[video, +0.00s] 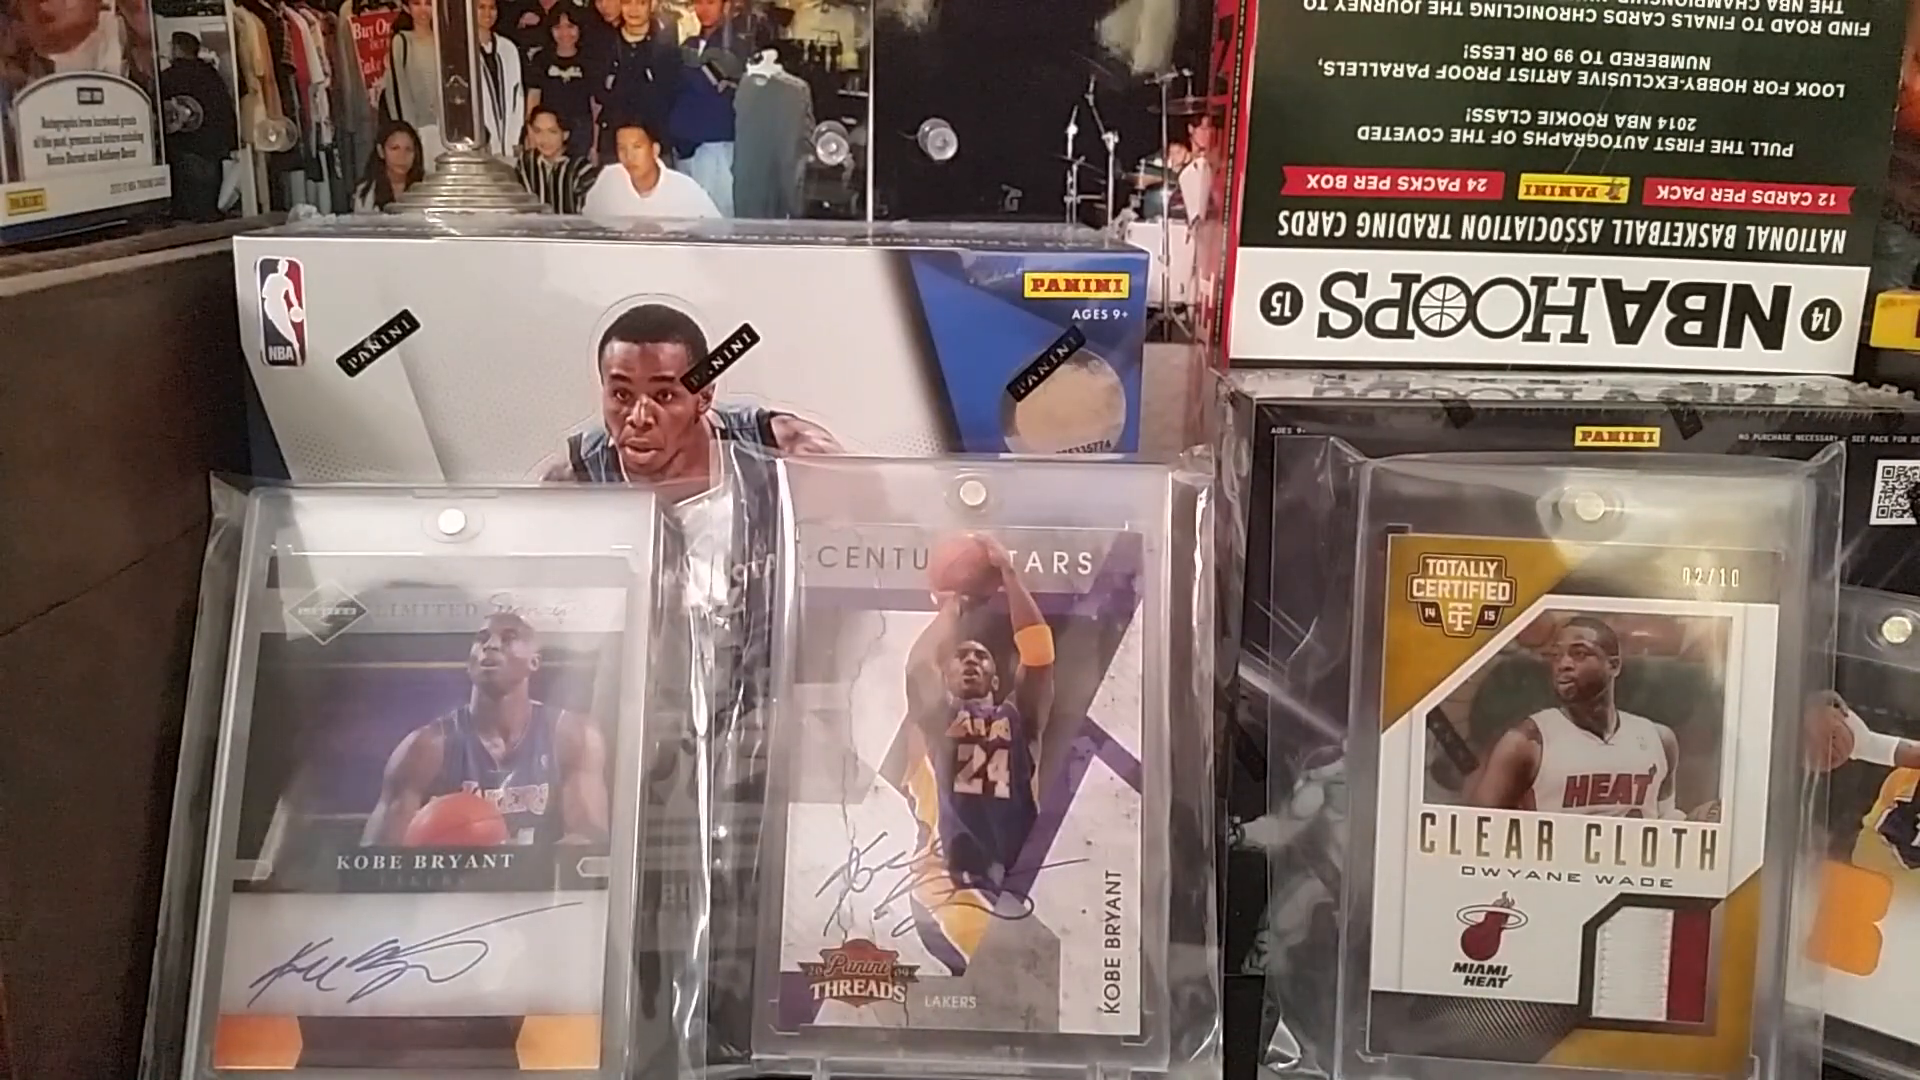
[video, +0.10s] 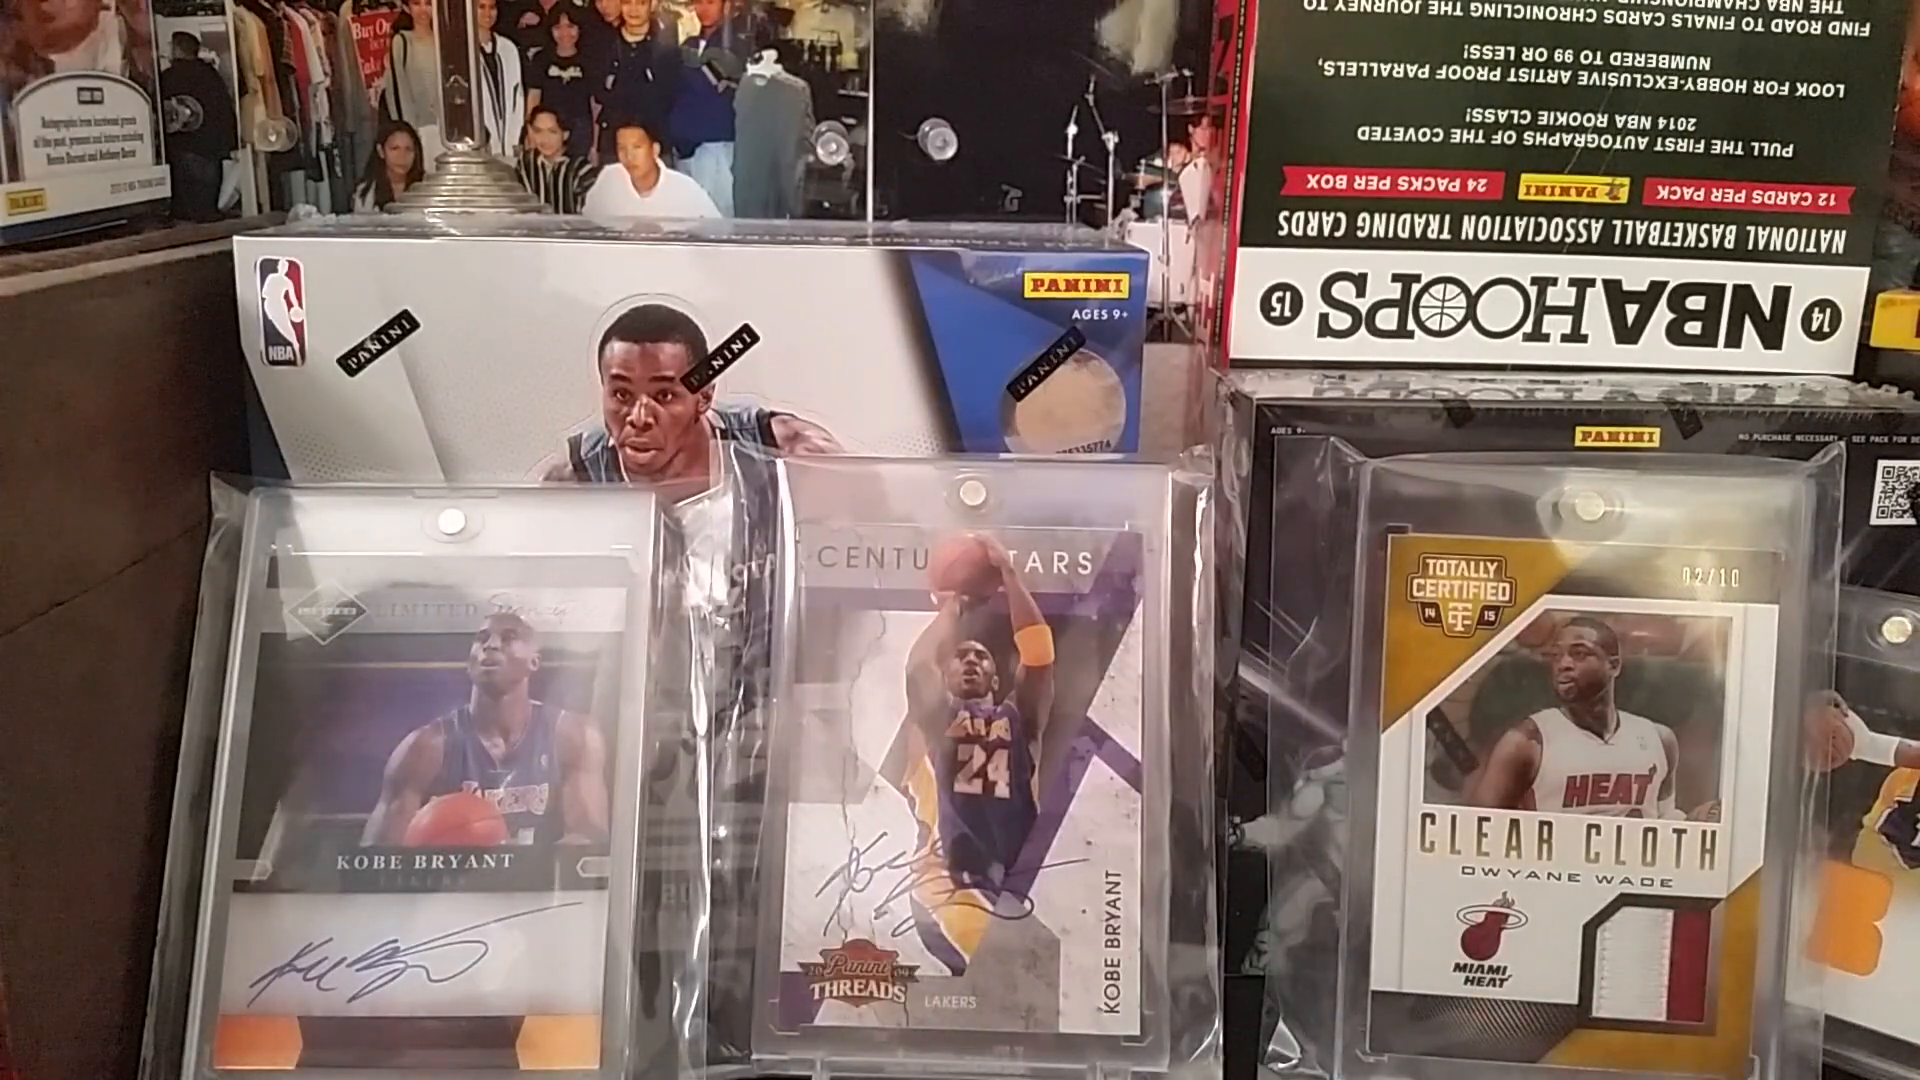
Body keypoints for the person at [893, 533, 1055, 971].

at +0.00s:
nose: (970, 661)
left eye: (981, 657)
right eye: (960, 656)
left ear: (996, 675)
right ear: (945, 675)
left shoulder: (1020, 716)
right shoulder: (938, 720)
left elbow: (1037, 652)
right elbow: (919, 664)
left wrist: (1008, 571)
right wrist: (952, 605)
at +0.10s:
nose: (970, 661)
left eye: (981, 656)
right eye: (959, 656)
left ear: (996, 674)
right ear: (944, 674)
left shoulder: (1020, 716)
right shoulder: (938, 719)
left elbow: (1037, 652)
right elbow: (919, 665)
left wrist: (1009, 571)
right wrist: (952, 606)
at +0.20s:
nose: (970, 661)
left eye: (981, 656)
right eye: (959, 656)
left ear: (996, 674)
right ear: (944, 675)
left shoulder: (1020, 716)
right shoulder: (937, 720)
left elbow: (1038, 652)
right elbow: (919, 664)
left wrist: (1008, 572)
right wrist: (952, 607)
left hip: (1017, 870)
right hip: (949, 877)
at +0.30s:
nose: (971, 661)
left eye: (981, 656)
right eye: (960, 656)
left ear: (996, 675)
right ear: (945, 674)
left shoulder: (1021, 717)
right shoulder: (935, 717)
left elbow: (1036, 651)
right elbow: (920, 664)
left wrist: (1010, 574)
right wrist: (950, 606)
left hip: (1012, 879)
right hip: (943, 878)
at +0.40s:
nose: (970, 661)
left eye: (981, 657)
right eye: (960, 656)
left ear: (996, 676)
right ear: (944, 675)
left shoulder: (1021, 717)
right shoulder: (934, 718)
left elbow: (1038, 653)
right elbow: (919, 664)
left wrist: (1008, 570)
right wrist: (951, 607)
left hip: (1011, 882)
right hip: (943, 880)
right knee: (1012, 967)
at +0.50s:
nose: (972, 661)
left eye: (982, 656)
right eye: (961, 655)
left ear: (996, 676)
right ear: (943, 673)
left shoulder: (1020, 719)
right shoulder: (933, 717)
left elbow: (1037, 651)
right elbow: (920, 662)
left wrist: (1009, 572)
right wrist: (953, 604)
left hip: (1007, 885)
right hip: (946, 884)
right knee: (1017, 972)